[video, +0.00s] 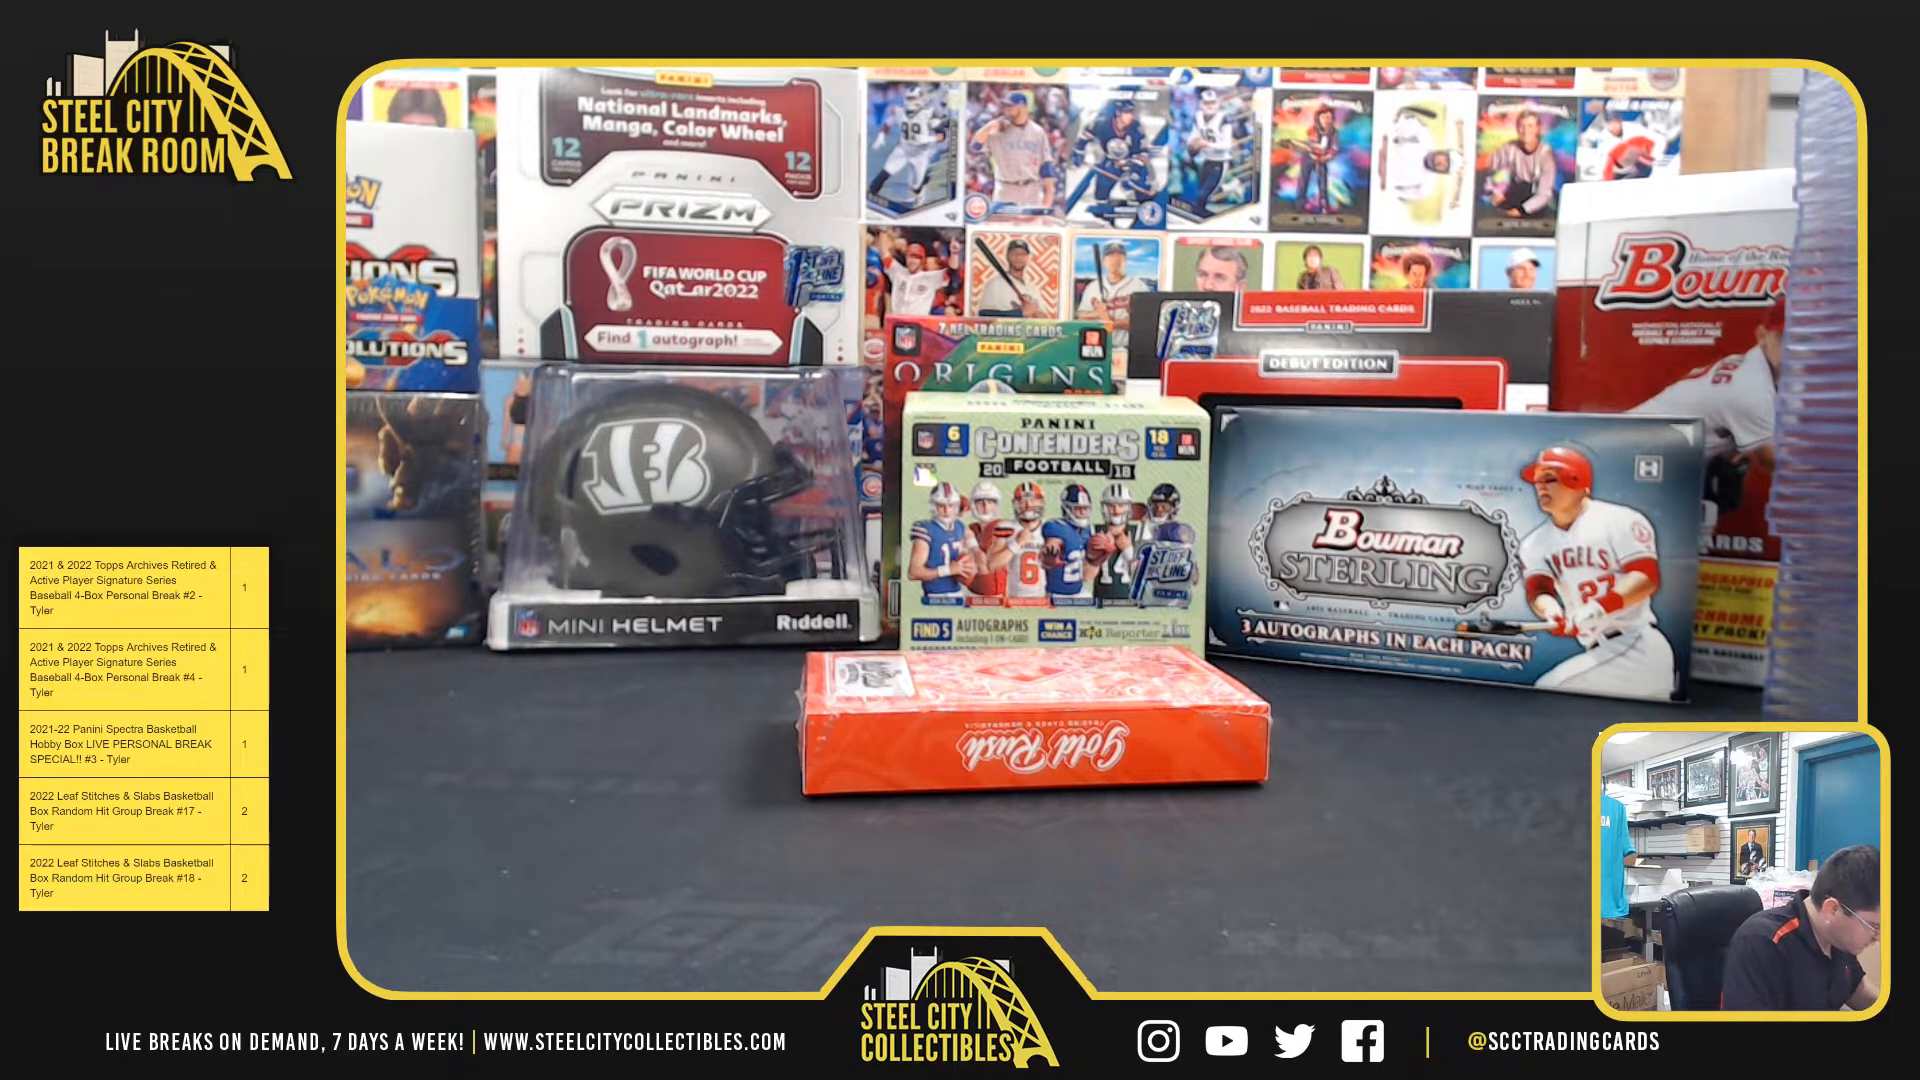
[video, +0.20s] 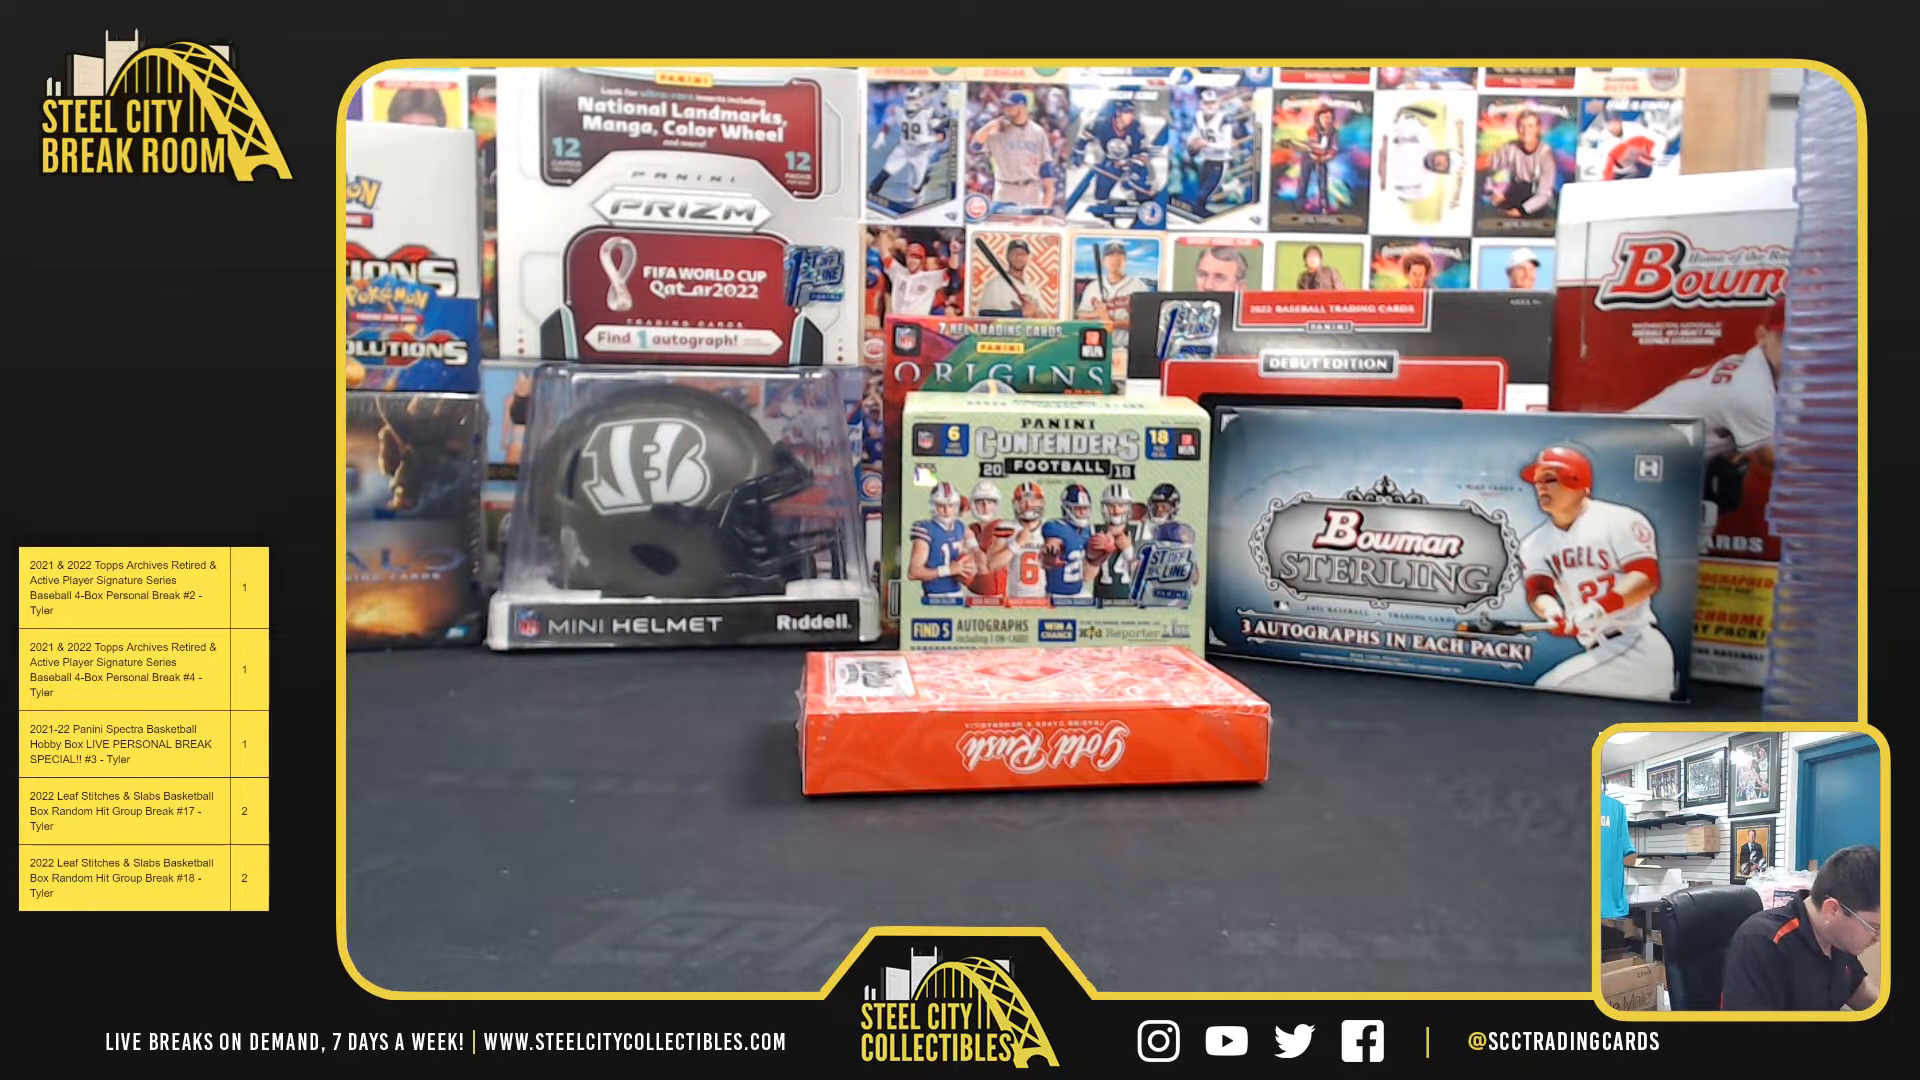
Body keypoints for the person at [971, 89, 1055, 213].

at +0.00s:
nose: (1007, 110)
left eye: (1011, 106)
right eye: (1006, 106)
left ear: (1022, 107)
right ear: (1004, 107)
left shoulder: (1038, 132)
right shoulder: (997, 129)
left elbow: (1046, 166)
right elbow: (974, 147)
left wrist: (1048, 200)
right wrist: (990, 127)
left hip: (1031, 186)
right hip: (1005, 186)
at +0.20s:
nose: (1007, 110)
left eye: (1010, 106)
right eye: (1006, 106)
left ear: (1022, 107)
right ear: (1004, 107)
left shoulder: (1038, 132)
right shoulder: (997, 129)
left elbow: (1046, 167)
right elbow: (974, 147)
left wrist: (1048, 200)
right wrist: (990, 127)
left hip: (1031, 186)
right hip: (1005, 186)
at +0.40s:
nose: (1007, 110)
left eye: (1010, 106)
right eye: (1006, 106)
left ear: (1022, 107)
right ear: (1004, 107)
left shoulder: (1038, 132)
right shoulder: (997, 129)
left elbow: (1046, 167)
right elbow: (974, 147)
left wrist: (1048, 200)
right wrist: (990, 127)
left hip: (1031, 186)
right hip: (1005, 186)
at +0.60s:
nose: (1007, 110)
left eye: (1010, 106)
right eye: (1006, 106)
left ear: (1022, 107)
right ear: (1004, 107)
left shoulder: (1038, 132)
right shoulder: (997, 129)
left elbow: (1046, 167)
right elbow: (974, 147)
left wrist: (1048, 200)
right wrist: (990, 127)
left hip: (1031, 186)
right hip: (1005, 186)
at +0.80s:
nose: (1007, 110)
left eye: (1010, 106)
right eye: (1006, 106)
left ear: (1022, 107)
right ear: (1004, 107)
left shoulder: (1038, 132)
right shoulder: (997, 129)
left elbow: (1046, 167)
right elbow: (974, 147)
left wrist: (1048, 199)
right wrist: (990, 127)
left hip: (1031, 186)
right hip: (1005, 186)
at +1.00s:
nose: (1007, 110)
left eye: (1011, 106)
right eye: (1006, 106)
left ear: (1022, 107)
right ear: (1004, 107)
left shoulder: (1038, 132)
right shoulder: (997, 129)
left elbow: (1046, 167)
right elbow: (974, 147)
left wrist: (1048, 200)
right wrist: (990, 127)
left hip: (1031, 186)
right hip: (1005, 186)